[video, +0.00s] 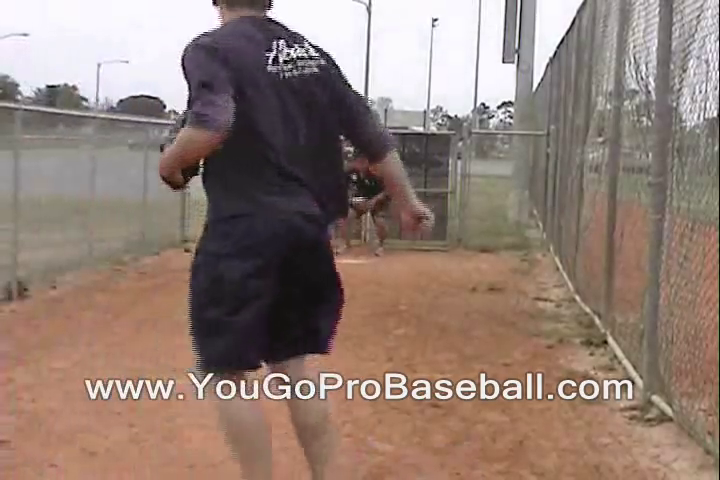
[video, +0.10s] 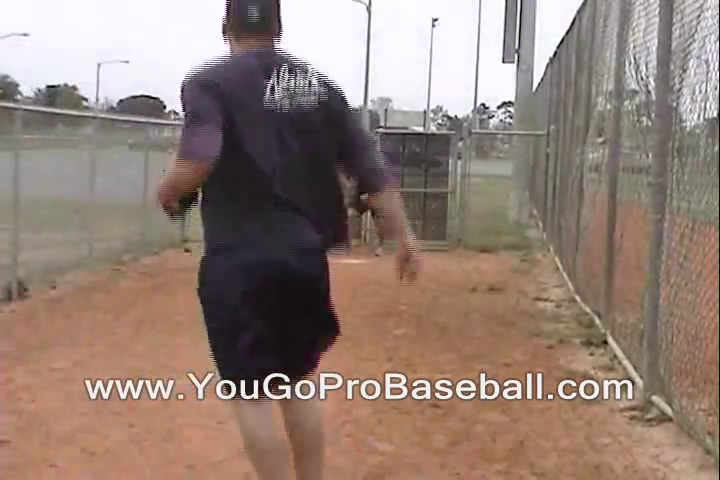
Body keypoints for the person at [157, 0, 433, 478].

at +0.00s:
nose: (213, 12)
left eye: (213, 8)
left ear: (219, 5)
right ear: (269, 5)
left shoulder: (212, 46)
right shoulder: (312, 54)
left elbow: (213, 124)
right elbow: (372, 135)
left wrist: (171, 161)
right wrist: (406, 199)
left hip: (241, 231)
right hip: (308, 232)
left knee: (226, 374)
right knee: (295, 360)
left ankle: (257, 472)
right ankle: (328, 471)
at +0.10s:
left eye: (228, 24)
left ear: (226, 29)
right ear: (278, 29)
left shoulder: (209, 80)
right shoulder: (320, 85)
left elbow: (200, 161)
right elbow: (373, 170)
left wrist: (169, 191)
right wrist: (403, 238)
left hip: (236, 262)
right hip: (305, 259)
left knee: (251, 398)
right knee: (301, 386)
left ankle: (281, 475)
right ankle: (311, 475)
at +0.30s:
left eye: (231, 54)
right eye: (275, 53)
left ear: (226, 56)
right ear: (278, 57)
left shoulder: (198, 119)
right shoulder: (319, 118)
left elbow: (181, 213)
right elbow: (342, 215)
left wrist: (193, 236)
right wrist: (342, 280)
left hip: (229, 290)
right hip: (300, 289)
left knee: (195, 383)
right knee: (287, 402)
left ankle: (244, 472)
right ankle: (306, 473)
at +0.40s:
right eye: (266, 35)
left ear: (216, 39)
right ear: (267, 38)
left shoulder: (184, 98)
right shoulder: (309, 102)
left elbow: (161, 191)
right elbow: (327, 199)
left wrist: (194, 213)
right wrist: (324, 255)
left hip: (209, 279)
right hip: (283, 279)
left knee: (185, 389)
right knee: (290, 399)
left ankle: (190, 473)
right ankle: (311, 474)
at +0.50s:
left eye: (203, 31)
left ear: (201, 35)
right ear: (253, 35)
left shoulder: (167, 95)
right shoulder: (293, 99)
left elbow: (128, 182)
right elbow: (320, 190)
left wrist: (169, 197)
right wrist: (314, 246)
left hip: (193, 278)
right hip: (268, 279)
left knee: (161, 389)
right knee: (287, 397)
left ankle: (138, 473)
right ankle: (307, 475)